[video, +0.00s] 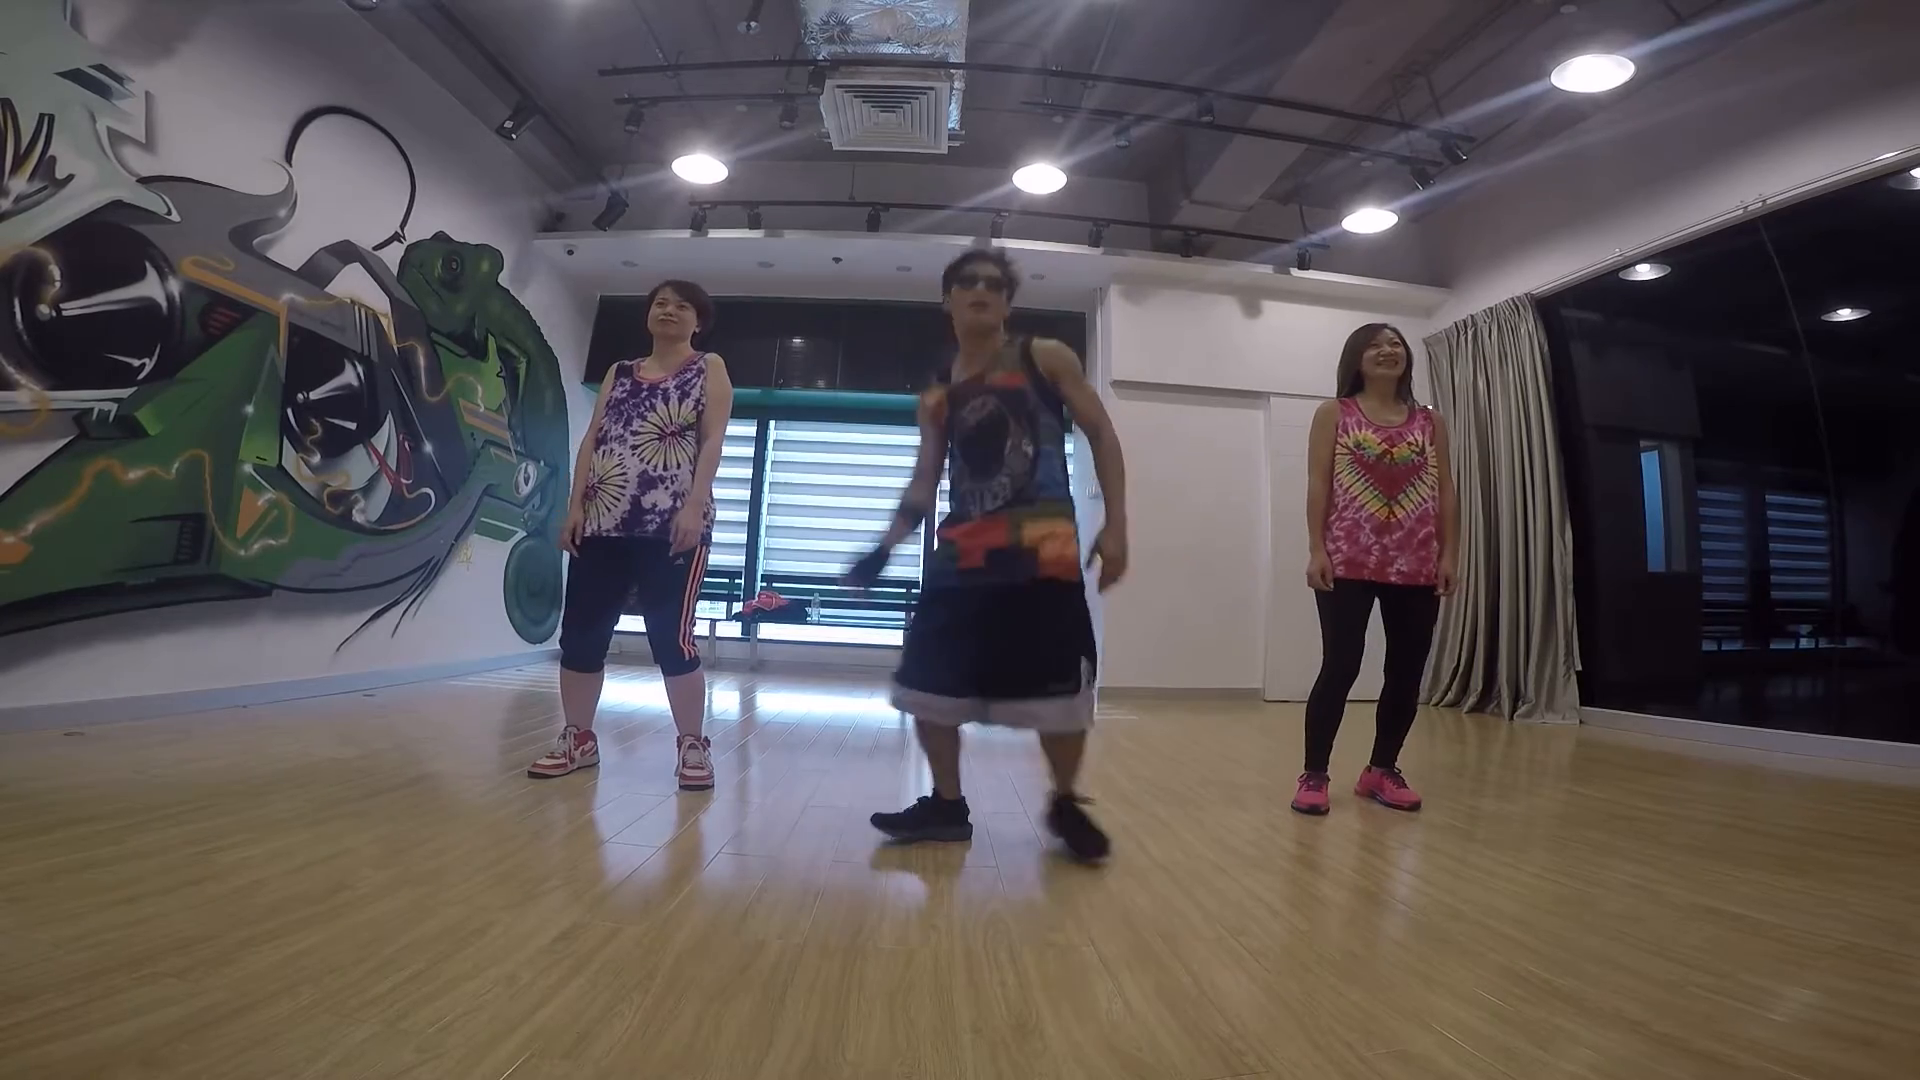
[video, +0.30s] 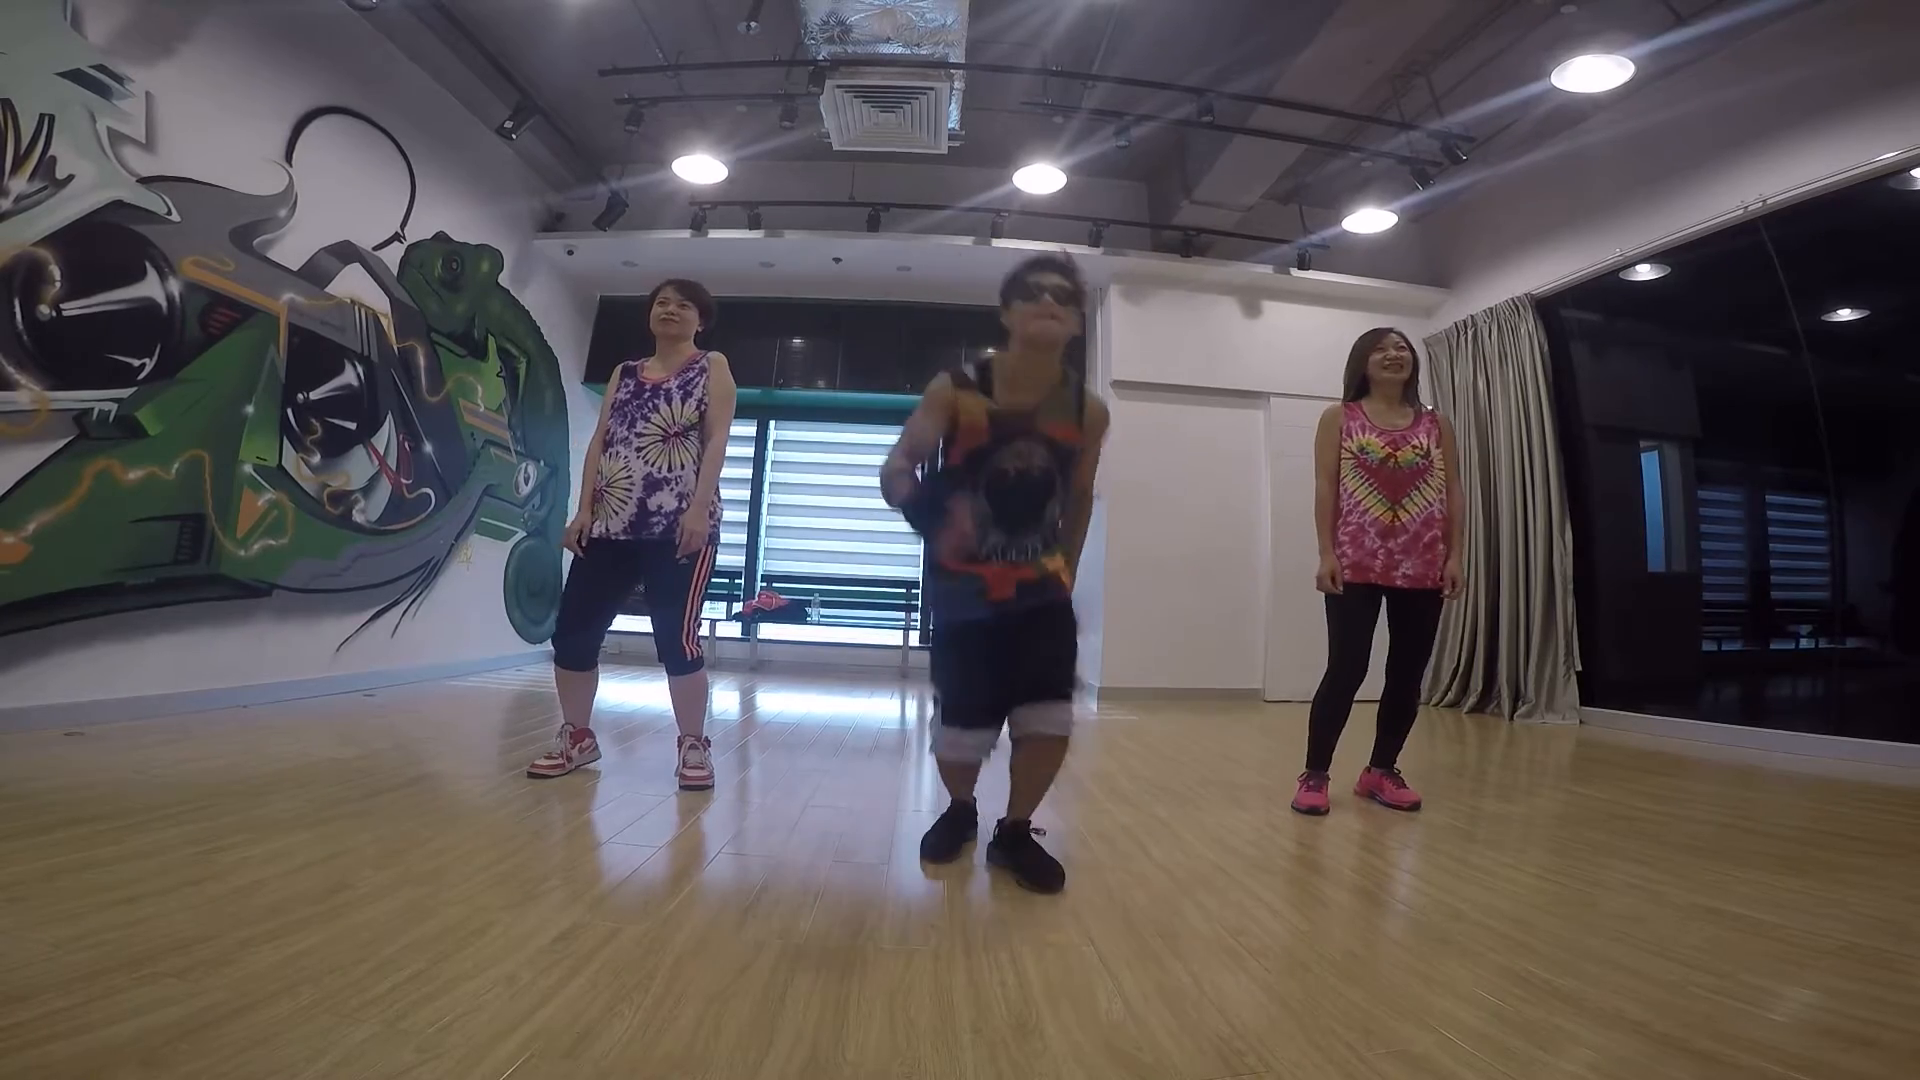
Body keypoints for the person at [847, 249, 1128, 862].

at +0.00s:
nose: (980, 294)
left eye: (992, 286)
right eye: (967, 284)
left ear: (1009, 301)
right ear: (947, 299)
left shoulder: (1047, 358)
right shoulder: (939, 397)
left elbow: (1102, 435)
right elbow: (922, 486)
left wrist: (1116, 524)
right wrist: (883, 547)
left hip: (1045, 555)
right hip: (963, 558)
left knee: (1064, 687)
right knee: (928, 685)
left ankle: (1066, 803)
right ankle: (946, 803)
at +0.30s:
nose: (1049, 305)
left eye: (1063, 298)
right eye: (1033, 294)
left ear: (1078, 322)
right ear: (1007, 312)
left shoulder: (1086, 412)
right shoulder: (955, 391)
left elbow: (1080, 502)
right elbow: (896, 471)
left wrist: (1061, 572)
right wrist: (930, 520)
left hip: (1043, 587)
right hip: (964, 585)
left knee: (1048, 722)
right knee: (963, 728)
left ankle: (1016, 832)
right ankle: (958, 812)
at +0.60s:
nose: (1087, 310)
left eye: (1098, 301)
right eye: (1069, 303)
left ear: (1112, 322)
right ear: (1039, 325)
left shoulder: (1107, 425)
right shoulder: (989, 381)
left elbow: (1082, 517)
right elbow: (963, 484)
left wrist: (1058, 583)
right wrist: (990, 573)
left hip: (1044, 580)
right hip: (966, 569)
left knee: (1058, 726)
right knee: (959, 713)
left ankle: (1013, 834)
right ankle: (961, 795)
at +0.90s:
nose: (1011, 242)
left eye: (1025, 233)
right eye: (994, 233)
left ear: (1044, 254)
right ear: (967, 254)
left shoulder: (1086, 336)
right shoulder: (947, 347)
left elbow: (1134, 440)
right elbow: (931, 441)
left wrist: (1142, 544)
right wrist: (955, 483)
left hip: (1069, 548)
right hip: (981, 543)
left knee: (1054, 713)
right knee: (970, 695)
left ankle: (1019, 830)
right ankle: (974, 845)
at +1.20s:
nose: (963, 269)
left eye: (979, 261)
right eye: (946, 260)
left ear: (1000, 285)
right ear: (922, 288)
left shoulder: (1051, 345)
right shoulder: (923, 402)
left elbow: (1115, 453)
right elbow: (923, 515)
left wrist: (1162, 552)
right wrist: (918, 561)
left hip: (1069, 583)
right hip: (971, 586)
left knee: (1070, 741)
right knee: (947, 739)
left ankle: (1019, 826)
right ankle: (973, 865)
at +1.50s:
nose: (1027, 232)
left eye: (1041, 220)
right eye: (1009, 217)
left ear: (1053, 237)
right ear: (974, 228)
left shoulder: (1073, 331)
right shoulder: (915, 317)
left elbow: (1166, 398)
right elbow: (831, 369)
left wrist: (1275, 419)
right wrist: (755, 373)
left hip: (1044, 558)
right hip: (938, 560)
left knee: (1089, 723)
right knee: (924, 739)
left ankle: (1026, 821)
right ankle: (966, 867)